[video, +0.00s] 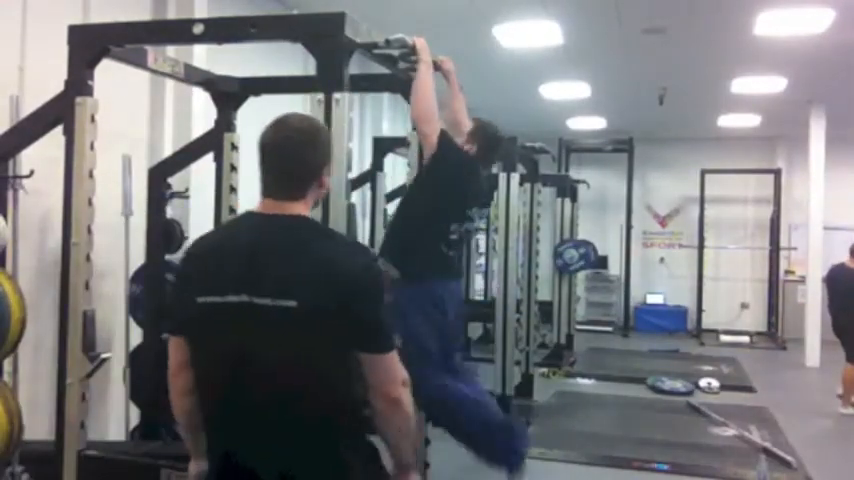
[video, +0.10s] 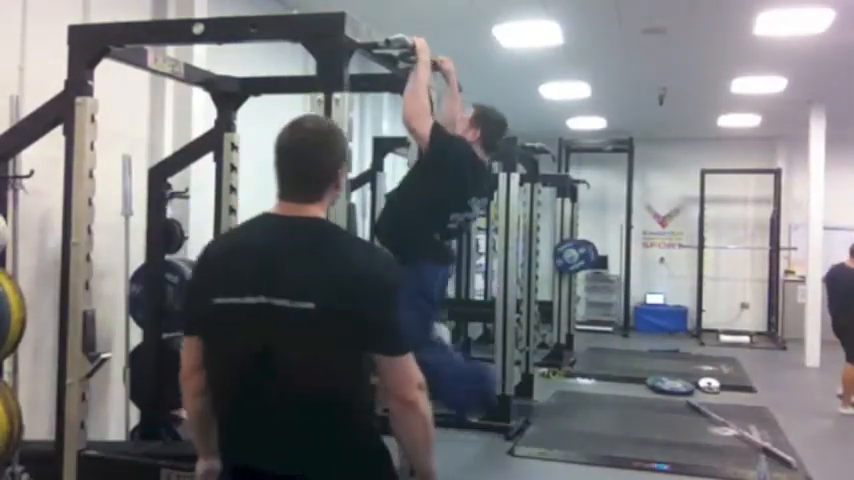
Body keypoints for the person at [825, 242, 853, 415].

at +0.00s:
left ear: (849, 254)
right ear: (852, 255)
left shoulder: (835, 272)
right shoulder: (843, 273)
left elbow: (832, 302)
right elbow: (833, 303)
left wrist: (836, 319)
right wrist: (838, 320)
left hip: (839, 323)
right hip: (848, 324)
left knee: (850, 358)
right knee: (850, 361)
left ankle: (844, 389)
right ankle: (847, 401)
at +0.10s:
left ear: (849, 254)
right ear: (851, 255)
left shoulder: (834, 272)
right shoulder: (842, 273)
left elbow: (832, 303)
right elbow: (833, 304)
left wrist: (837, 320)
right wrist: (838, 321)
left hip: (839, 324)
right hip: (848, 325)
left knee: (850, 359)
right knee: (850, 361)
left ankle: (845, 390)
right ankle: (847, 401)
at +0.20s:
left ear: (849, 254)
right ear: (851, 255)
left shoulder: (834, 272)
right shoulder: (843, 273)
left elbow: (832, 304)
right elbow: (834, 304)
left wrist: (837, 321)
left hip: (839, 324)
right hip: (848, 325)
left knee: (850, 359)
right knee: (850, 361)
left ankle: (844, 389)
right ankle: (847, 401)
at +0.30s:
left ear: (849, 254)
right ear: (851, 255)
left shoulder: (834, 272)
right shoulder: (843, 274)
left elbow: (832, 304)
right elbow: (833, 305)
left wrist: (837, 320)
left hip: (839, 323)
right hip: (848, 325)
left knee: (849, 358)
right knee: (850, 361)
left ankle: (844, 388)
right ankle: (847, 402)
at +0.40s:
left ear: (849, 254)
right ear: (851, 255)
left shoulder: (834, 272)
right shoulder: (843, 273)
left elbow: (832, 304)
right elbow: (833, 305)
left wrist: (837, 320)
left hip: (839, 324)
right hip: (848, 325)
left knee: (849, 359)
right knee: (850, 361)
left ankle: (845, 389)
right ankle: (847, 402)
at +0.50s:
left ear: (849, 254)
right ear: (851, 255)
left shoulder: (834, 272)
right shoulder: (843, 273)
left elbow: (831, 304)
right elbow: (833, 305)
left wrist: (836, 319)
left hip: (839, 323)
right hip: (848, 324)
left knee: (849, 358)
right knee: (849, 361)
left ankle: (844, 388)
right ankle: (846, 402)